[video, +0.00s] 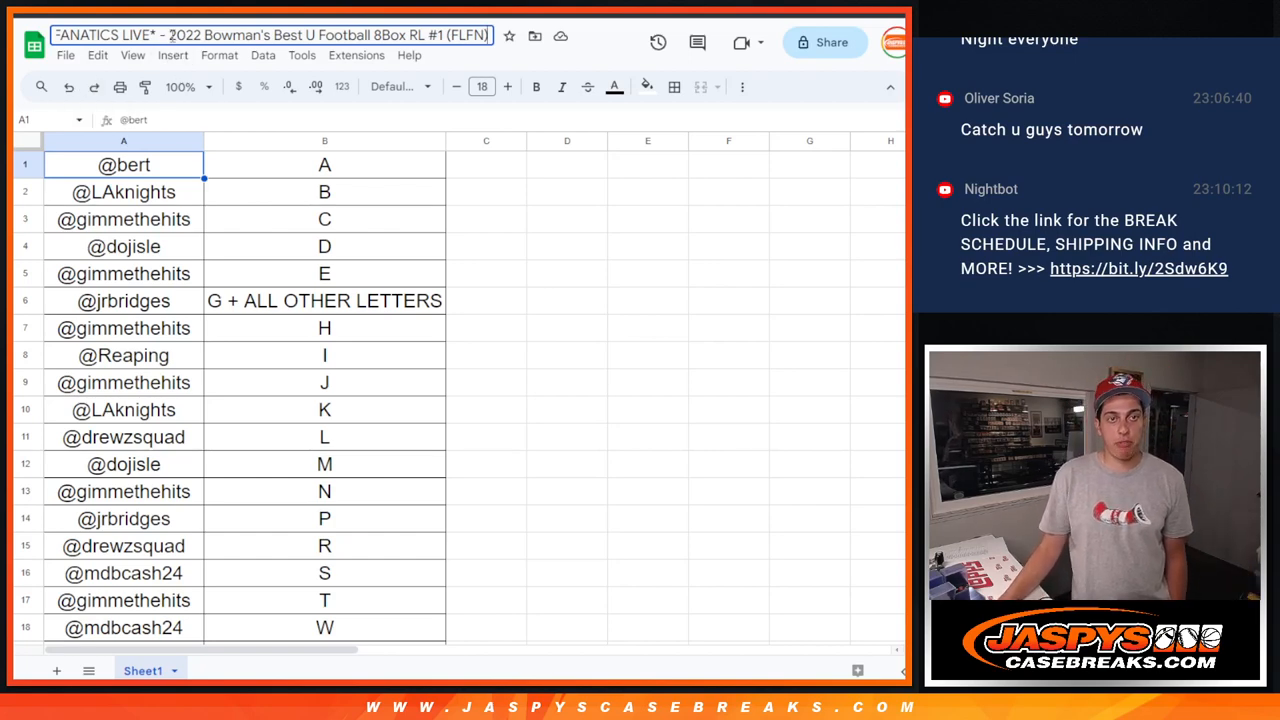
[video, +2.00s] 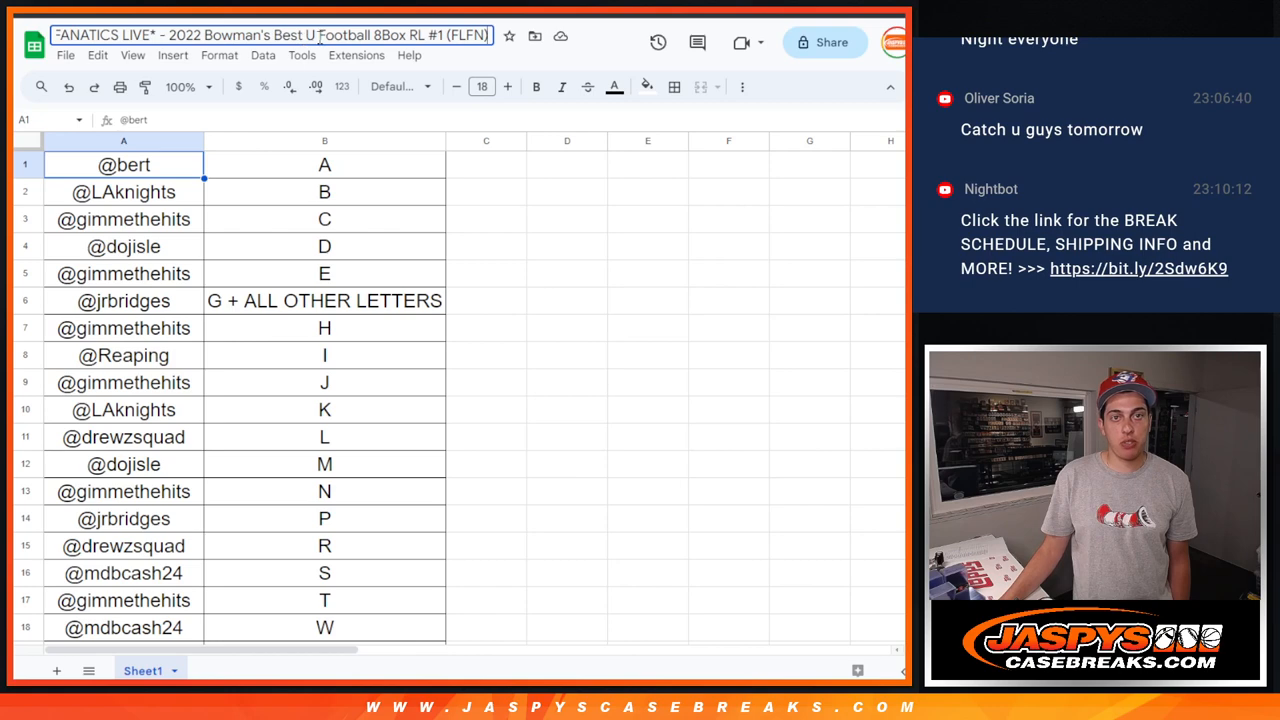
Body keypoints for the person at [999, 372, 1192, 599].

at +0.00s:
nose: (1123, 429)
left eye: (1133, 417)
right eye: (1112, 418)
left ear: (1145, 422)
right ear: (1098, 426)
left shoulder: (1170, 479)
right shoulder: (1071, 475)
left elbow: (1176, 555)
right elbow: (1049, 548)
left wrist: (1176, 603)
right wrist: (1006, 600)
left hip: (1150, 604)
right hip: (1087, 605)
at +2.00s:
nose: (1127, 428)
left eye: (1137, 415)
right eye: (1116, 417)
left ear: (1150, 421)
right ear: (1102, 425)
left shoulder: (1175, 481)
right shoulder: (1073, 476)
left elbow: (1179, 557)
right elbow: (1051, 549)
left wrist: (1180, 611)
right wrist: (1007, 599)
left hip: (1153, 607)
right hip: (1090, 607)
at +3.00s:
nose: (1126, 428)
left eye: (1136, 416)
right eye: (1115, 417)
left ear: (1149, 421)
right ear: (1101, 425)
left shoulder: (1175, 481)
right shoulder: (1073, 476)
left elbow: (1179, 557)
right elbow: (1051, 550)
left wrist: (1180, 611)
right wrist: (1007, 599)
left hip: (1153, 607)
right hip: (1090, 607)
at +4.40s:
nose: (1125, 428)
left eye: (1135, 416)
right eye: (1114, 417)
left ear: (1149, 421)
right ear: (1102, 426)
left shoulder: (1175, 481)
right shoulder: (1074, 475)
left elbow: (1179, 556)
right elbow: (1051, 549)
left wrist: (1179, 610)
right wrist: (1007, 599)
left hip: (1153, 606)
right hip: (1090, 606)